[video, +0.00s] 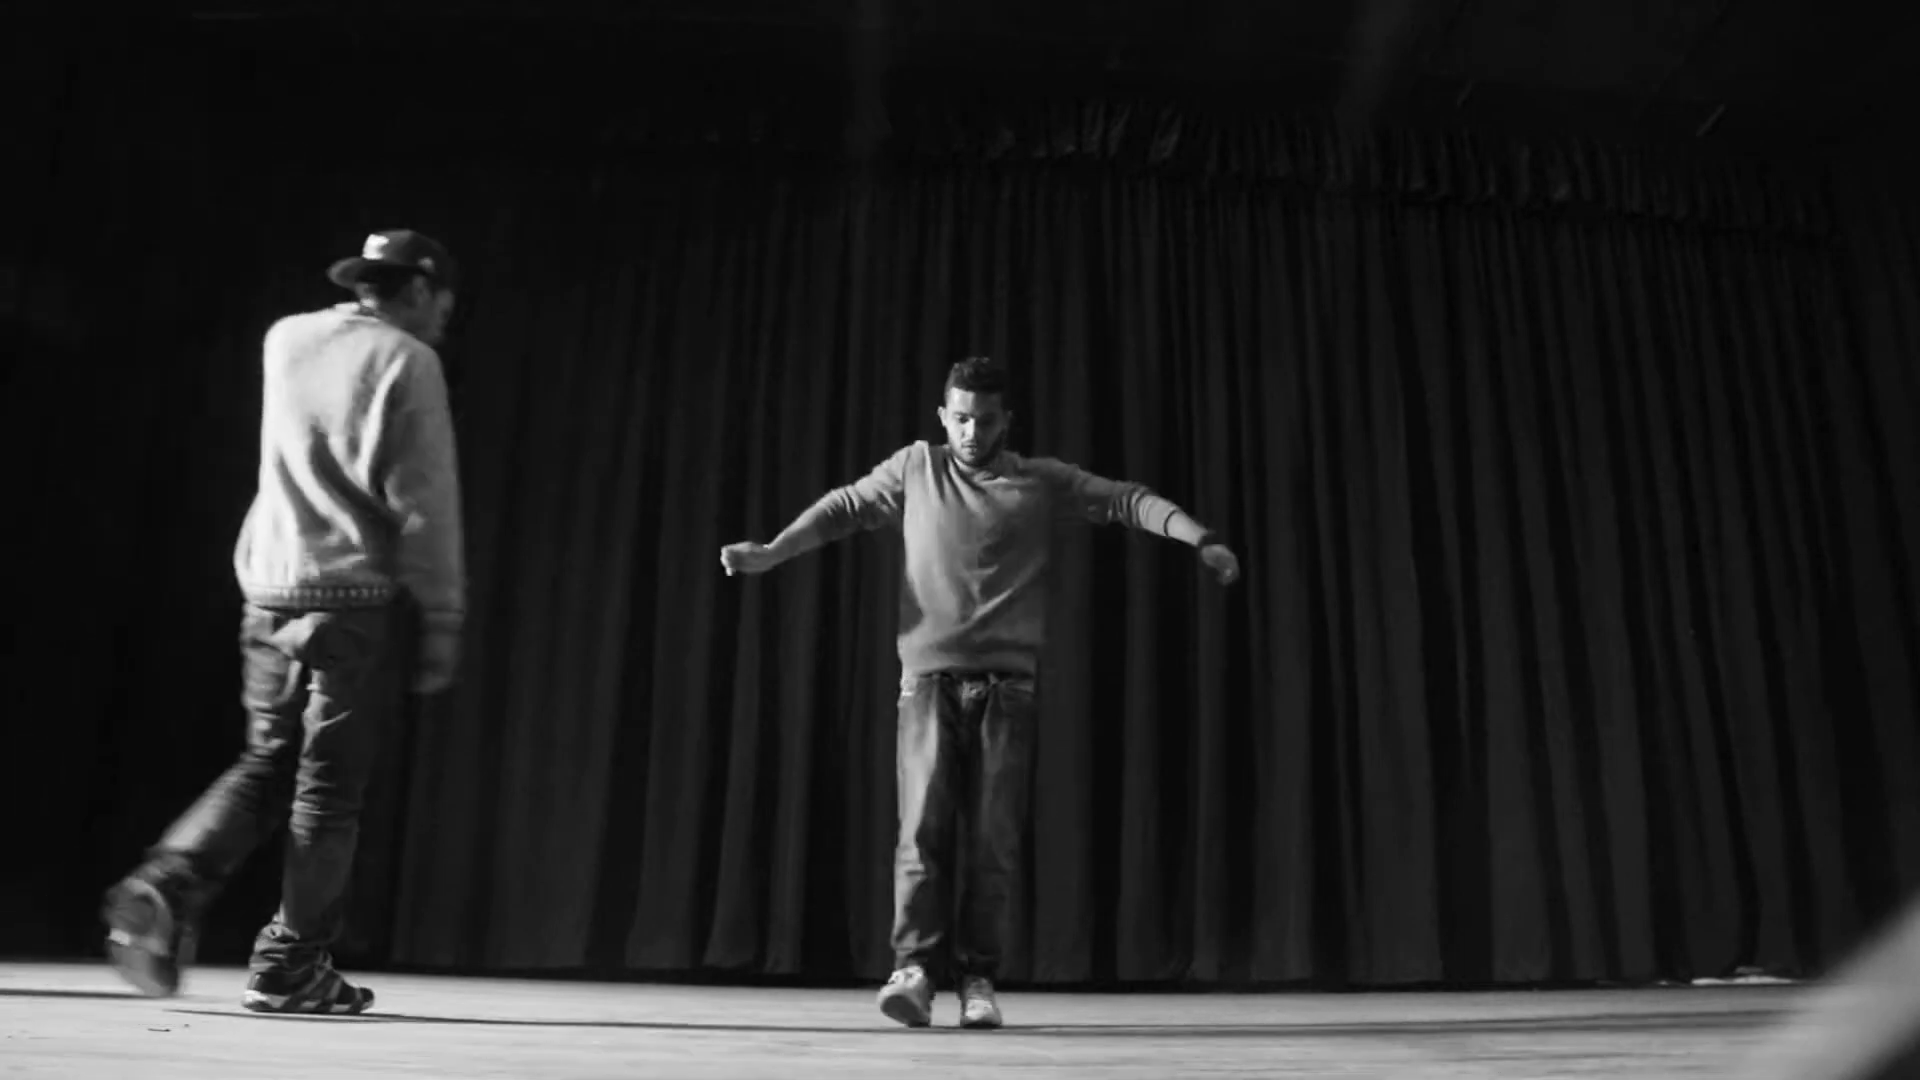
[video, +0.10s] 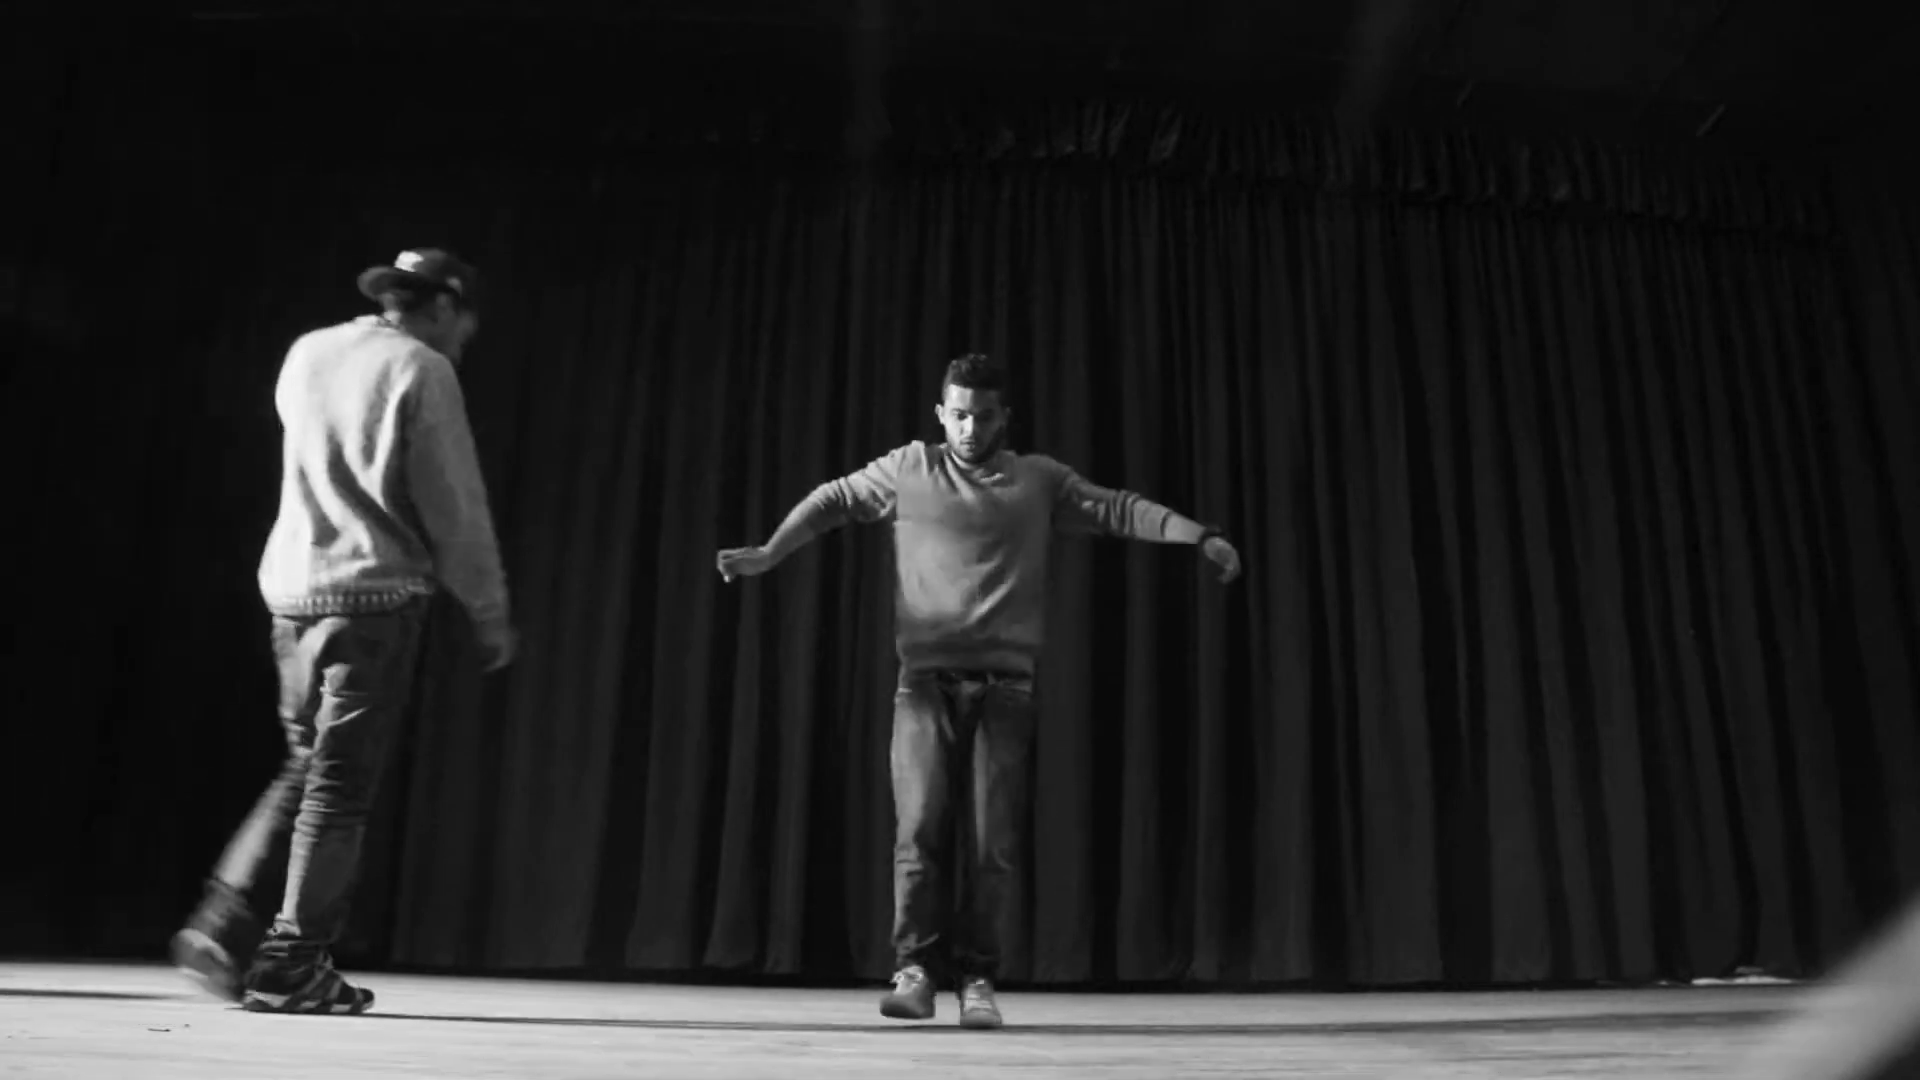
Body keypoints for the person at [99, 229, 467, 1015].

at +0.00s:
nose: (444, 316)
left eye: (446, 302)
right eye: (441, 300)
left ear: (365, 286)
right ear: (414, 292)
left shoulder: (287, 336)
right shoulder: (410, 362)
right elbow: (425, 507)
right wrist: (442, 623)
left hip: (268, 589)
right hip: (352, 599)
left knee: (265, 761)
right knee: (329, 784)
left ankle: (159, 892)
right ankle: (294, 962)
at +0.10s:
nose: (467, 335)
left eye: (468, 320)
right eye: (466, 319)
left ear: (389, 300)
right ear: (440, 304)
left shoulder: (305, 353)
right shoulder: (424, 368)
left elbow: (312, 463)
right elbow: (454, 502)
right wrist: (491, 617)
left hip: (291, 592)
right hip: (372, 599)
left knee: (302, 763)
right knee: (336, 783)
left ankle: (219, 924)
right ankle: (293, 963)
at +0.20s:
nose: (484, 363)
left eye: (487, 350)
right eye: (485, 348)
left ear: (420, 322)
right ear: (464, 333)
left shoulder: (332, 368)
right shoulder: (441, 382)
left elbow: (290, 450)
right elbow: (472, 510)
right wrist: (524, 593)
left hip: (307, 602)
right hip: (382, 604)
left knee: (348, 775)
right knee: (341, 784)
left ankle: (312, 958)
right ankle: (288, 962)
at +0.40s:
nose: (514, 423)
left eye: (520, 415)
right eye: (517, 411)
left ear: (458, 375)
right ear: (503, 390)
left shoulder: (367, 416)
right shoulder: (475, 416)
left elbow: (301, 516)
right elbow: (499, 534)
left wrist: (359, 572)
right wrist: (548, 623)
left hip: (342, 621)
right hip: (413, 620)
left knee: (385, 798)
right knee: (363, 796)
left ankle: (417, 960)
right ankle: (293, 954)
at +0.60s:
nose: (539, 458)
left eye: (543, 451)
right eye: (543, 446)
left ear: (489, 411)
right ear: (530, 426)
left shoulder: (402, 454)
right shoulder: (505, 444)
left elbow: (348, 557)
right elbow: (501, 549)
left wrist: (372, 653)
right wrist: (509, 648)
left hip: (389, 656)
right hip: (444, 650)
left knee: (418, 807)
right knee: (444, 804)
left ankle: (425, 970)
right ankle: (337, 913)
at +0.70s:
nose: (550, 472)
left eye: (555, 465)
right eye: (552, 459)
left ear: (499, 420)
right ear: (541, 436)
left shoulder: (422, 460)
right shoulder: (520, 448)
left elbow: (372, 563)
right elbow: (503, 545)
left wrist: (375, 659)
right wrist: (498, 636)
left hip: (402, 668)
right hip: (459, 663)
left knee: (422, 809)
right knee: (486, 804)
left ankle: (422, 964)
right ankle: (391, 905)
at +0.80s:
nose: (564, 476)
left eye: (569, 470)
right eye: (568, 465)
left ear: (514, 426)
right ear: (560, 443)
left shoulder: (439, 467)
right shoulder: (534, 454)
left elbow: (395, 566)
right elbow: (512, 549)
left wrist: (395, 664)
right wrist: (507, 642)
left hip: (417, 673)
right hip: (479, 666)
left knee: (428, 815)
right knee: (518, 802)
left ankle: (420, 968)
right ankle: (456, 941)